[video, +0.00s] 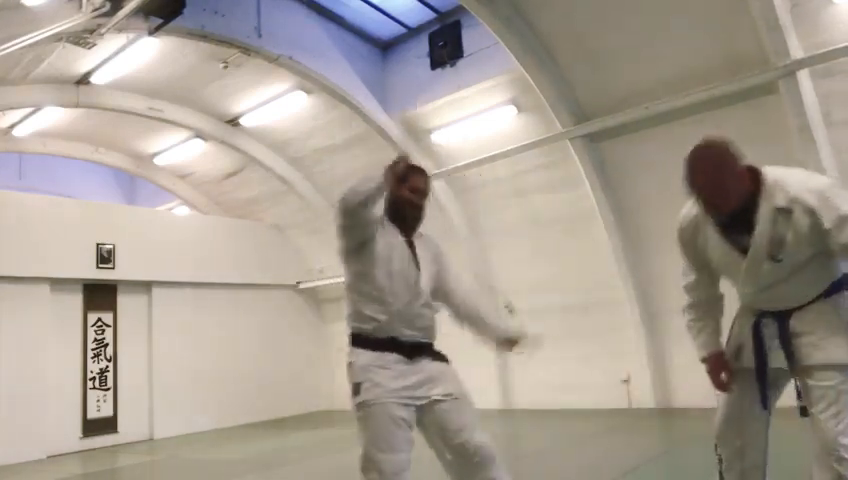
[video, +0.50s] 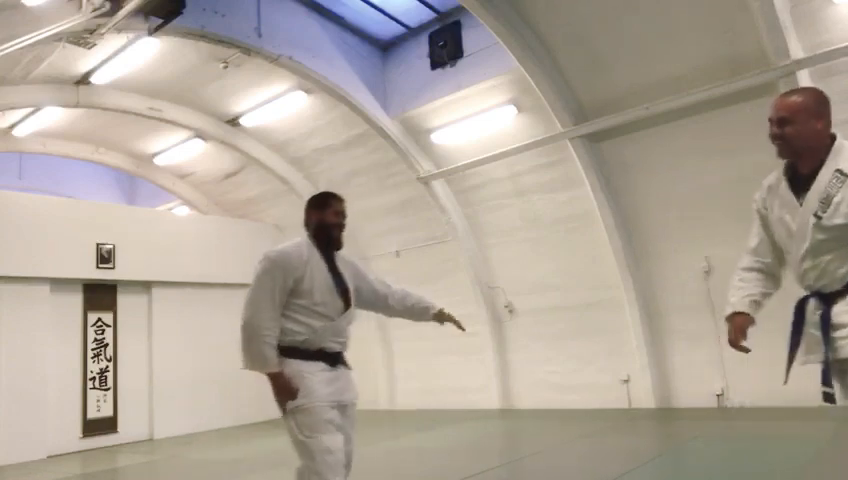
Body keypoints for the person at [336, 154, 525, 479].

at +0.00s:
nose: (415, 200)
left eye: (422, 194)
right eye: (408, 190)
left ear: (427, 202)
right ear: (389, 192)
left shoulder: (428, 248)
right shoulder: (366, 236)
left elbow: (456, 299)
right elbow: (352, 206)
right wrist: (385, 181)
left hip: (427, 363)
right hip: (377, 363)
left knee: (474, 454)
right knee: (387, 468)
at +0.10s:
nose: (394, 192)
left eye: (401, 187)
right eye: (387, 185)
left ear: (406, 195)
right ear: (371, 188)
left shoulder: (410, 243)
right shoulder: (346, 229)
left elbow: (425, 307)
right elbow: (310, 247)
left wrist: (440, 360)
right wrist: (356, 224)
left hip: (412, 359)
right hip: (363, 359)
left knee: (446, 454)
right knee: (374, 465)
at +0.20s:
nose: (383, 194)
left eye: (387, 189)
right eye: (376, 187)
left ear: (390, 194)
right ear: (355, 189)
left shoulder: (392, 240)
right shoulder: (329, 234)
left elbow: (396, 302)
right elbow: (290, 297)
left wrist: (417, 347)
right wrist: (337, 322)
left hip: (401, 365)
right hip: (352, 369)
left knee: (418, 458)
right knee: (360, 469)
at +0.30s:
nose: (367, 206)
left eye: (370, 199)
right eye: (361, 198)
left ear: (373, 204)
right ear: (338, 201)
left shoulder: (374, 251)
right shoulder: (312, 246)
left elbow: (389, 302)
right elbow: (283, 310)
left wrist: (418, 327)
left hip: (377, 365)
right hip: (335, 366)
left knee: (389, 458)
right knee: (352, 466)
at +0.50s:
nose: (342, 222)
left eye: (343, 216)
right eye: (335, 215)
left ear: (343, 221)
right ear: (310, 219)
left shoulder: (344, 266)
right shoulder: (284, 260)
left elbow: (382, 295)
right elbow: (258, 320)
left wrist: (432, 312)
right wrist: (274, 374)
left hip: (337, 372)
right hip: (300, 373)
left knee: (340, 463)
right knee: (325, 464)